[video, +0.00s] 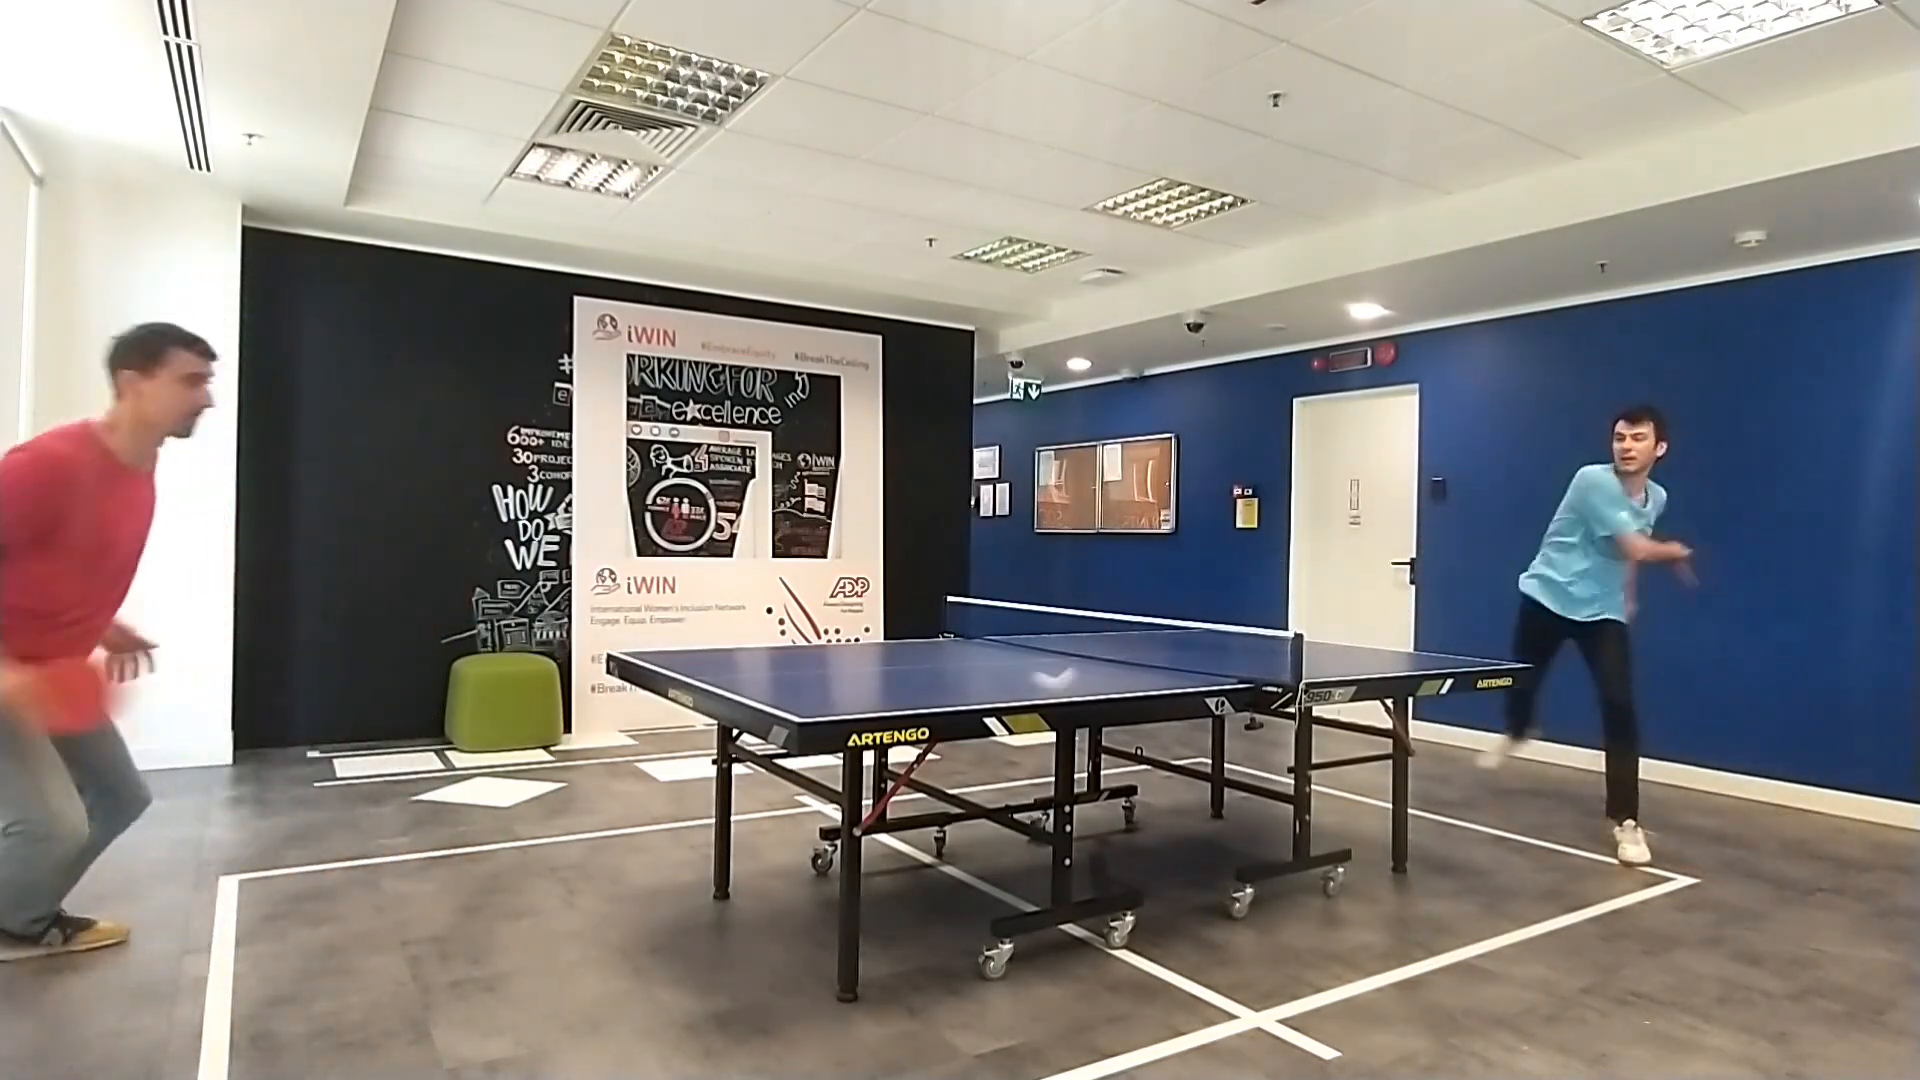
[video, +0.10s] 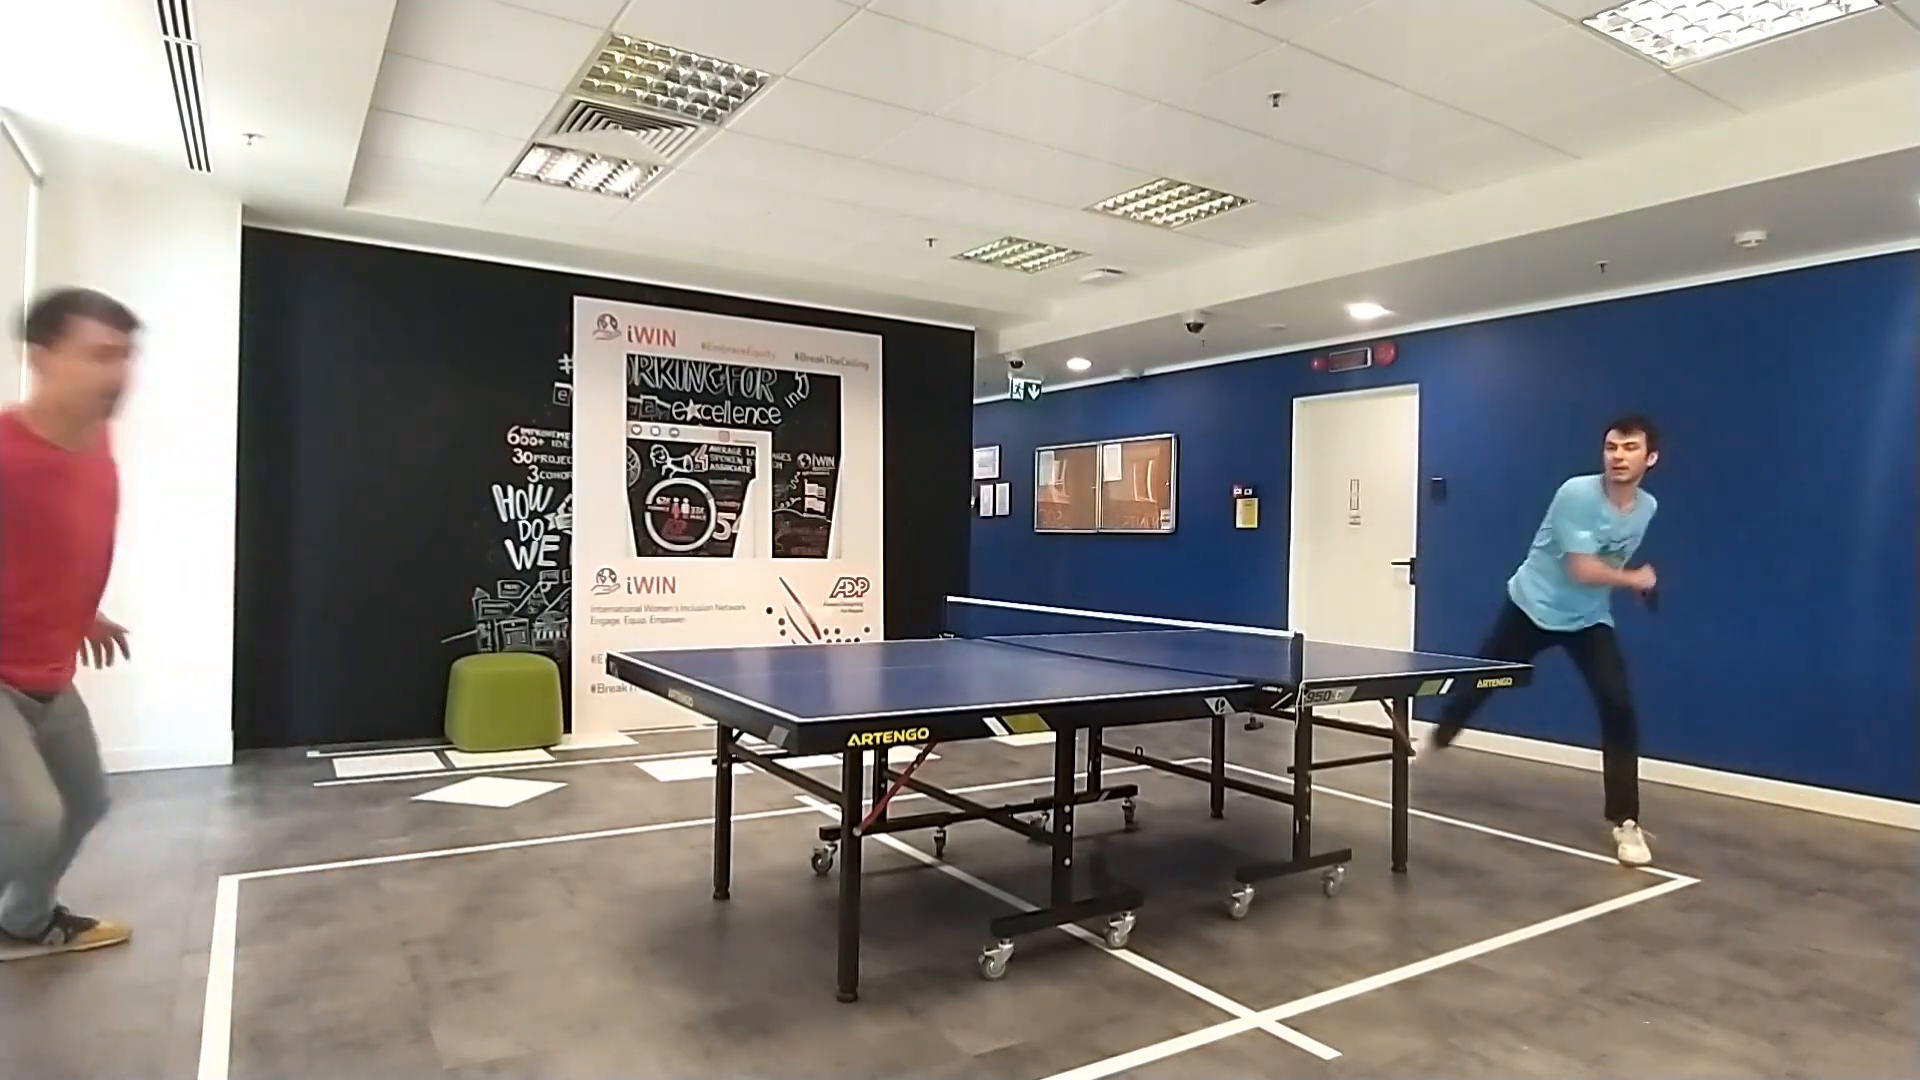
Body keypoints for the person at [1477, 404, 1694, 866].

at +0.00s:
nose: (1626, 446)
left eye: (1638, 438)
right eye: (1620, 438)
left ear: (1659, 448)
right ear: (1611, 444)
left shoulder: (1656, 499)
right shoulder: (1592, 480)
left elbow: (1631, 552)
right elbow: (1635, 547)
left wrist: (1628, 598)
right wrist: (1676, 551)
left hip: (1602, 608)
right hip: (1547, 597)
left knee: (1619, 704)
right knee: (1521, 682)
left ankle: (1625, 820)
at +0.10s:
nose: (1618, 456)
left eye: (1630, 448)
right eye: (1612, 447)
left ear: (1650, 458)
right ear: (1603, 453)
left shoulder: (1646, 508)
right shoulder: (1577, 494)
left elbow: (1614, 563)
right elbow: (1581, 569)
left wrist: (1622, 582)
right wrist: (1632, 577)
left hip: (1588, 616)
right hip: (1531, 607)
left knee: (1618, 707)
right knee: (1480, 683)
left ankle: (1625, 823)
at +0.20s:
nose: (1598, 463)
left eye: (1610, 456)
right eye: (1591, 455)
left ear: (1629, 467)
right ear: (1582, 462)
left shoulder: (1626, 521)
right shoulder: (1549, 500)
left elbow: (1590, 576)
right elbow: (1529, 567)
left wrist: (1606, 614)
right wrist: (1598, 603)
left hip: (1567, 628)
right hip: (1508, 617)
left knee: (1610, 710)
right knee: (1444, 688)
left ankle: (1626, 825)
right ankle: (1382, 764)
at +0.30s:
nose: (1566, 470)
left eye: (1578, 463)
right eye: (1559, 461)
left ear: (1596, 473)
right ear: (1549, 468)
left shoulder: (1593, 529)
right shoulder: (1516, 503)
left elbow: (1579, 596)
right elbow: (1480, 553)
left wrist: (1572, 647)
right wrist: (1548, 587)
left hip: (1541, 638)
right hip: (1481, 627)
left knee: (1593, 714)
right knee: (1423, 700)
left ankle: (1625, 825)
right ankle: (1376, 782)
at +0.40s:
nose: (1532, 466)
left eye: (1544, 459)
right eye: (1526, 458)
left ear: (1560, 471)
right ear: (1515, 464)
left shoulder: (1560, 527)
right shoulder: (1480, 499)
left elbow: (1551, 593)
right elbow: (1438, 540)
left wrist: (1561, 656)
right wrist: (1502, 559)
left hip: (1519, 635)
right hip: (1457, 626)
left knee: (1573, 714)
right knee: (1403, 699)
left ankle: (1622, 825)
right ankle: (1371, 785)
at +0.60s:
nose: (1491, 443)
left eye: (1501, 436)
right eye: (1485, 435)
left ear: (1514, 446)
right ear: (1472, 442)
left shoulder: (1526, 504)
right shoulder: (1438, 490)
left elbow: (1527, 567)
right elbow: (1396, 539)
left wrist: (1542, 614)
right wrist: (1432, 552)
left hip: (1501, 625)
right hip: (1438, 620)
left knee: (1547, 714)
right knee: (1391, 690)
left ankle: (1599, 821)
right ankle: (1371, 784)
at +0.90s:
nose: (1523, 439)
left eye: (1532, 433)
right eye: (1515, 432)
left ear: (1545, 444)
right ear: (1501, 440)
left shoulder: (1558, 504)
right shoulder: (1465, 487)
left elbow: (1575, 557)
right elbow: (1437, 538)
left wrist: (1595, 574)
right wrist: (1414, 586)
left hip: (1519, 626)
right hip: (1454, 618)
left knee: (1562, 713)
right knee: (1410, 697)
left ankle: (1569, 818)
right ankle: (1371, 784)